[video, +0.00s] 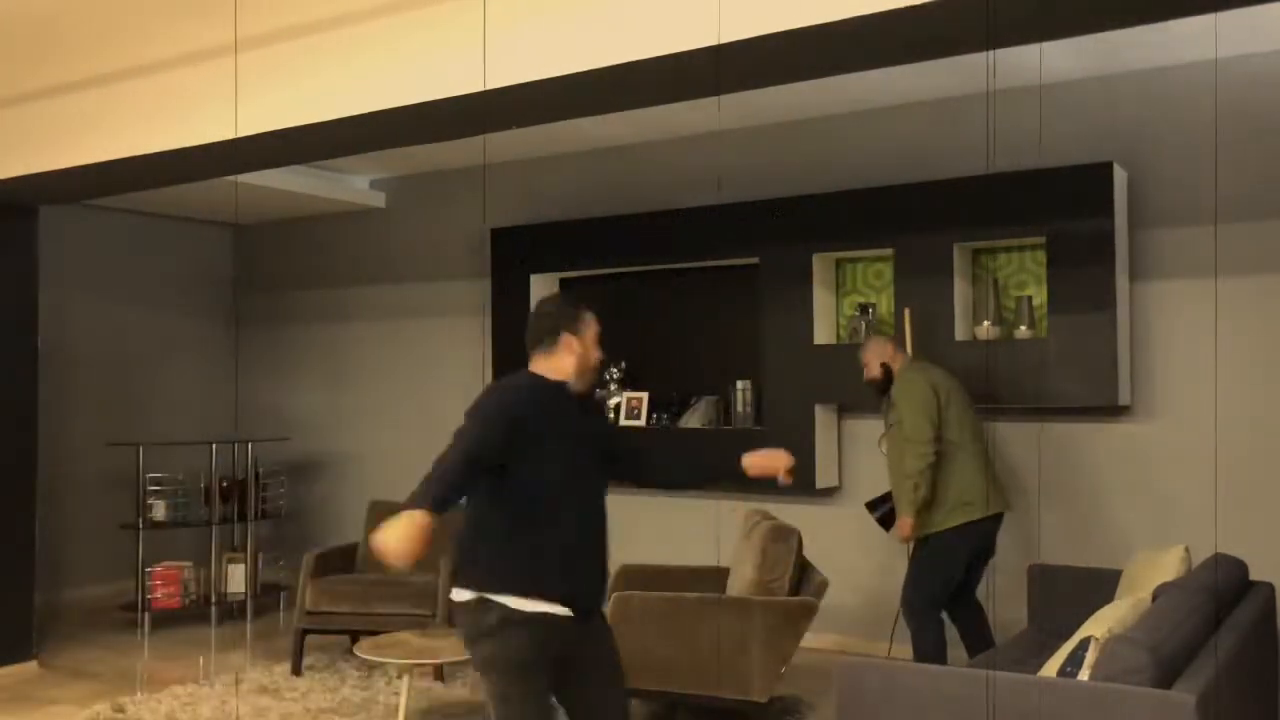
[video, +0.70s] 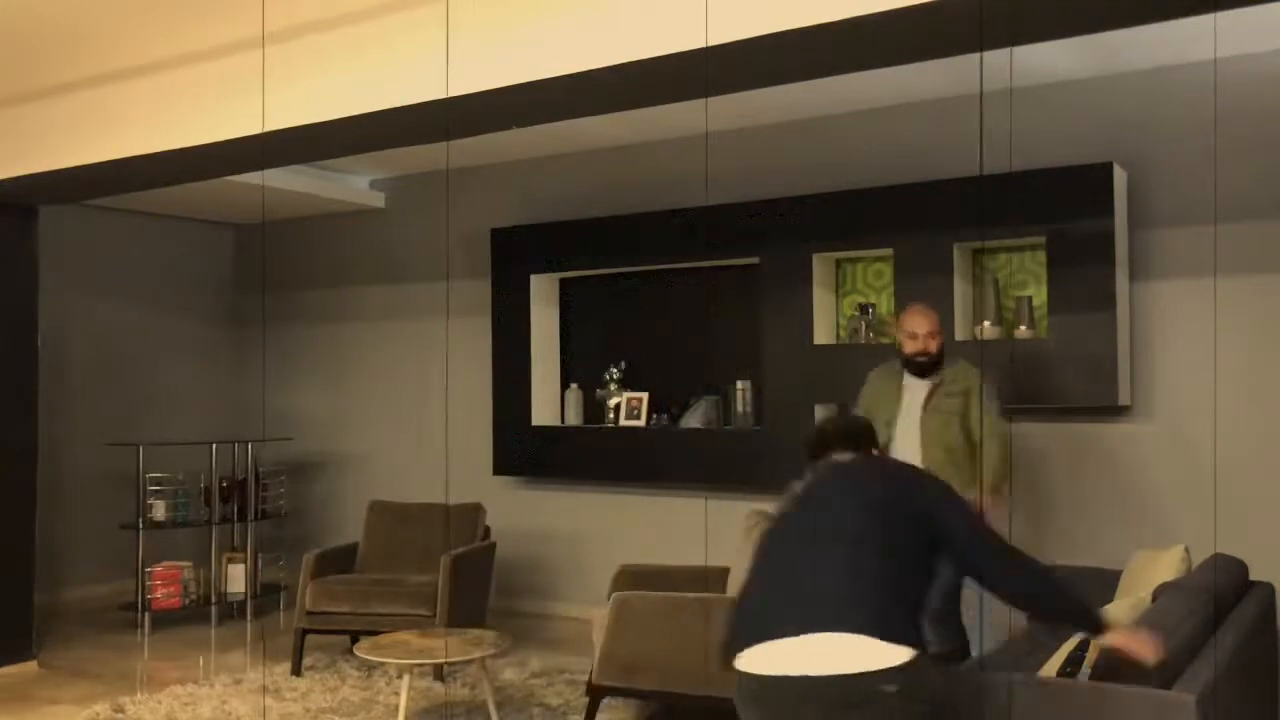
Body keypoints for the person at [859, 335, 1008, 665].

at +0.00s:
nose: (868, 377)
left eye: (869, 366)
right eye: (865, 369)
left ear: (888, 353)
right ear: (894, 352)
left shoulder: (912, 381)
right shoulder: (933, 376)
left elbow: (918, 451)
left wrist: (907, 512)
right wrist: (906, 502)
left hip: (954, 514)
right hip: (982, 509)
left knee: (918, 602)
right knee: (959, 598)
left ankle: (933, 692)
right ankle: (991, 677)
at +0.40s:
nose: (881, 352)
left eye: (889, 342)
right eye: (874, 347)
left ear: (910, 346)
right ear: (869, 356)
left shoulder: (927, 385)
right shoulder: (901, 393)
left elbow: (942, 449)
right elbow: (913, 458)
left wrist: (926, 506)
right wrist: (900, 504)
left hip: (960, 515)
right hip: (940, 518)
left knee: (920, 606)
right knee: (926, 605)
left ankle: (941, 692)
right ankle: (974, 680)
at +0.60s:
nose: (908, 344)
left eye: (917, 335)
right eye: (900, 336)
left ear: (933, 336)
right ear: (890, 340)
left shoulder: (956, 381)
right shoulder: (898, 381)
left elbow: (967, 453)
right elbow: (893, 449)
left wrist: (940, 505)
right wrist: (887, 504)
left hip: (946, 522)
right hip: (905, 519)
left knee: (923, 604)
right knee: (884, 600)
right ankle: (944, 661)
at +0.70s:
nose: (924, 346)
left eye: (932, 337)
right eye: (913, 337)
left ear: (943, 337)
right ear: (898, 338)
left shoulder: (968, 380)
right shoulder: (880, 379)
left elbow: (993, 438)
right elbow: (857, 438)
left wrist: (987, 495)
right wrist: (859, 486)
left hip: (945, 513)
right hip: (887, 511)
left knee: (938, 606)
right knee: (895, 603)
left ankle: (957, 688)